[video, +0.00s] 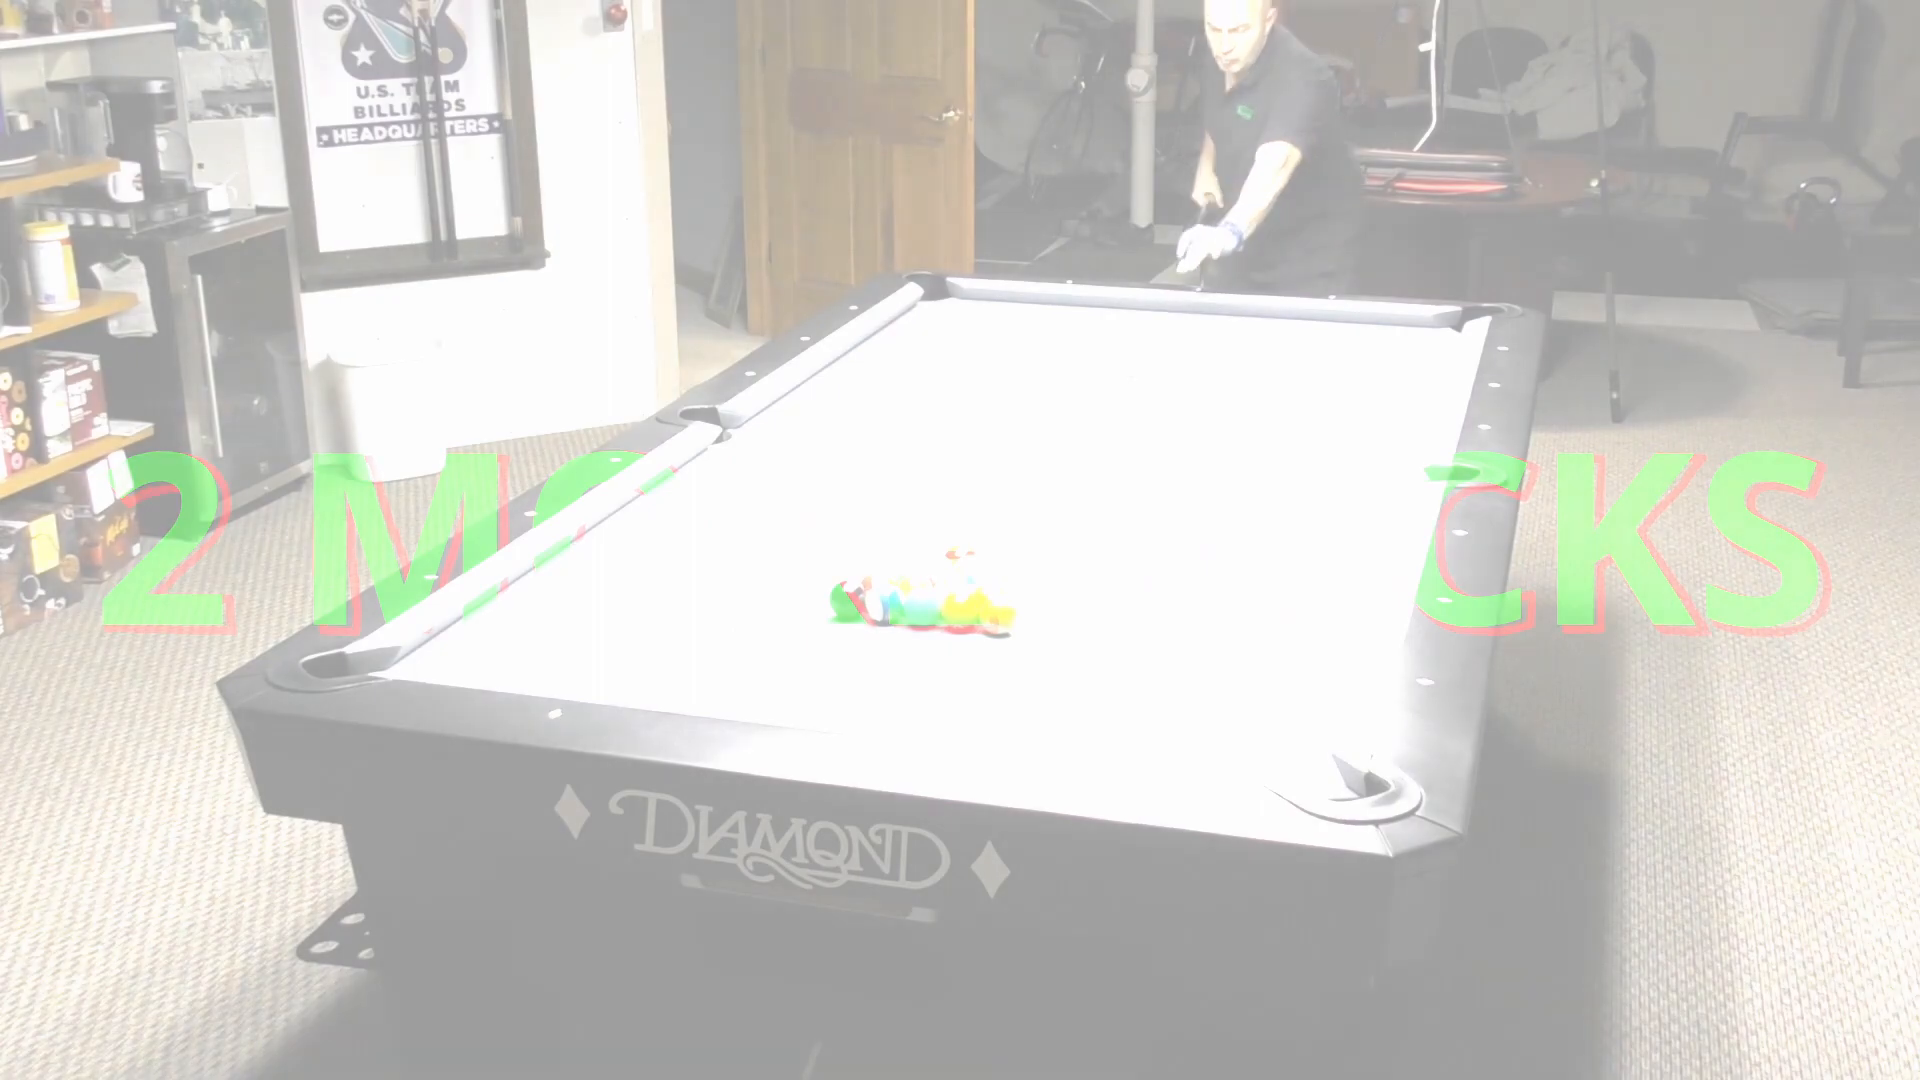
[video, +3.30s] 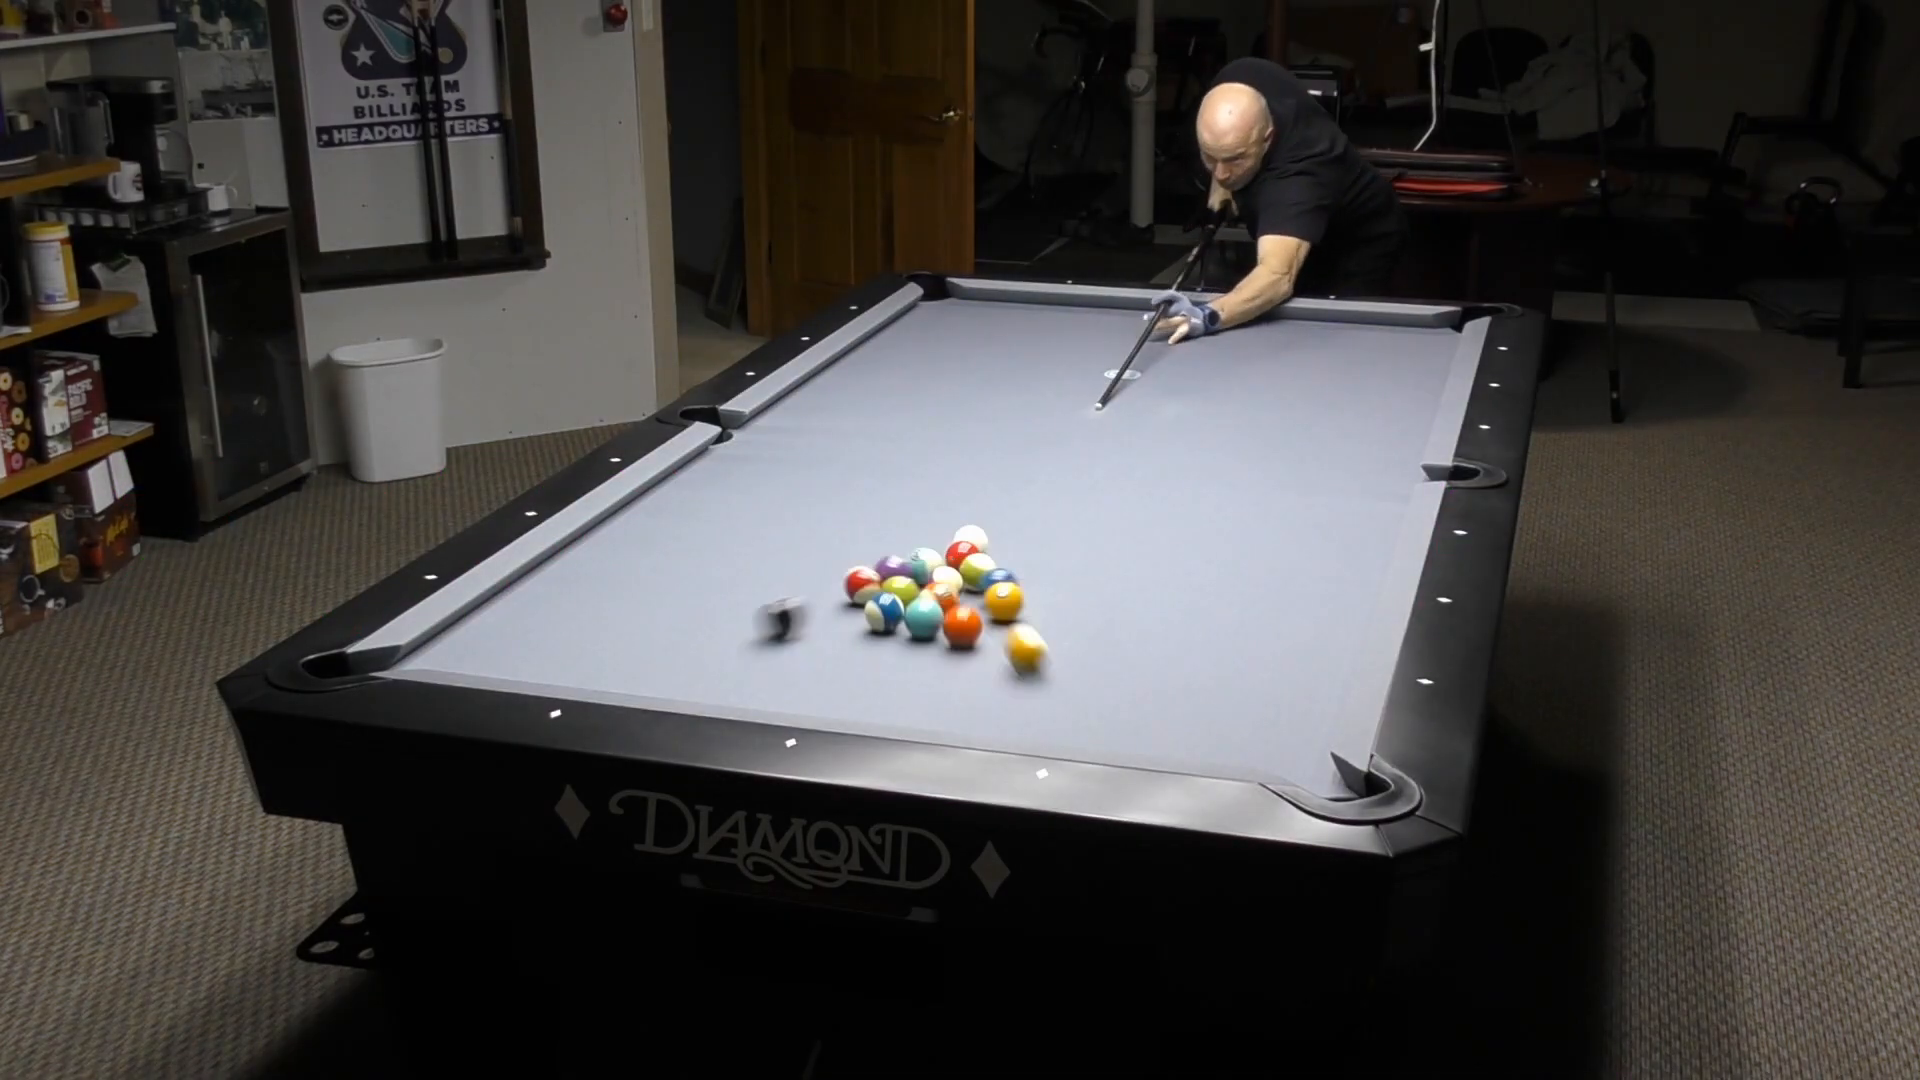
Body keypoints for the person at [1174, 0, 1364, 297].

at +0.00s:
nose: (1224, 46)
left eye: (1239, 30)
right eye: (1214, 30)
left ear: (1270, 18)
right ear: (1205, 23)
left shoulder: (1303, 75)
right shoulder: (1214, 56)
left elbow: (1275, 163)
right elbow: (1214, 121)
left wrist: (1229, 232)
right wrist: (1205, 170)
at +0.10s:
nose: (1220, 116)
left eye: (1235, 101)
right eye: (1210, 100)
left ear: (1266, 83)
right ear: (1201, 80)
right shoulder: (1246, 58)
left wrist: (1201, 305)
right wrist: (1241, 169)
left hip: (1351, 237)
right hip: (1283, 228)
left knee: (1319, 337)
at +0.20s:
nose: (1213, 168)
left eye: (1229, 154)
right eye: (1203, 152)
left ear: (1257, 136)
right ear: (1194, 127)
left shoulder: (1298, 160)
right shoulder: (1251, 81)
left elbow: (1249, 250)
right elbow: (1270, 63)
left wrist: (1198, 310)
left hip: (1357, 246)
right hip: (1286, 237)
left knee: (1331, 348)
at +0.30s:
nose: (1204, 209)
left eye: (1218, 196)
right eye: (1194, 193)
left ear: (1249, 175)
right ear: (1185, 174)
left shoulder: (1276, 202)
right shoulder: (1240, 102)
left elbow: (1240, 262)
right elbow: (1264, 68)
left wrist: (1198, 312)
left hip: (1371, 242)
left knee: (1336, 340)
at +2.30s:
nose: (1199, 231)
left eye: (1213, 217)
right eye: (1188, 215)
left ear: (1244, 195)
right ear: (1179, 187)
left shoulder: (1274, 216)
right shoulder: (1232, 121)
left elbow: (1238, 265)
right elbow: (1259, 80)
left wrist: (1195, 311)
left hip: (1378, 242)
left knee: (1338, 338)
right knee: (1279, 329)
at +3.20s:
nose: (1198, 221)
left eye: (1212, 207)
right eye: (1187, 205)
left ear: (1241, 184)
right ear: (1177, 181)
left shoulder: (1274, 196)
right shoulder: (1228, 113)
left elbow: (1258, 267)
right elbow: (1256, 78)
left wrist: (1198, 314)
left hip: (1373, 244)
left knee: (1338, 343)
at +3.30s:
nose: (1222, 174)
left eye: (1237, 161)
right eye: (1210, 159)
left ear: (1266, 138)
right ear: (1204, 127)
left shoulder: (1298, 170)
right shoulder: (1240, 78)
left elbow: (1277, 276)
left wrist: (1211, 316)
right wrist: (1221, 183)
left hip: (1363, 238)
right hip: (1295, 228)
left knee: (1342, 341)